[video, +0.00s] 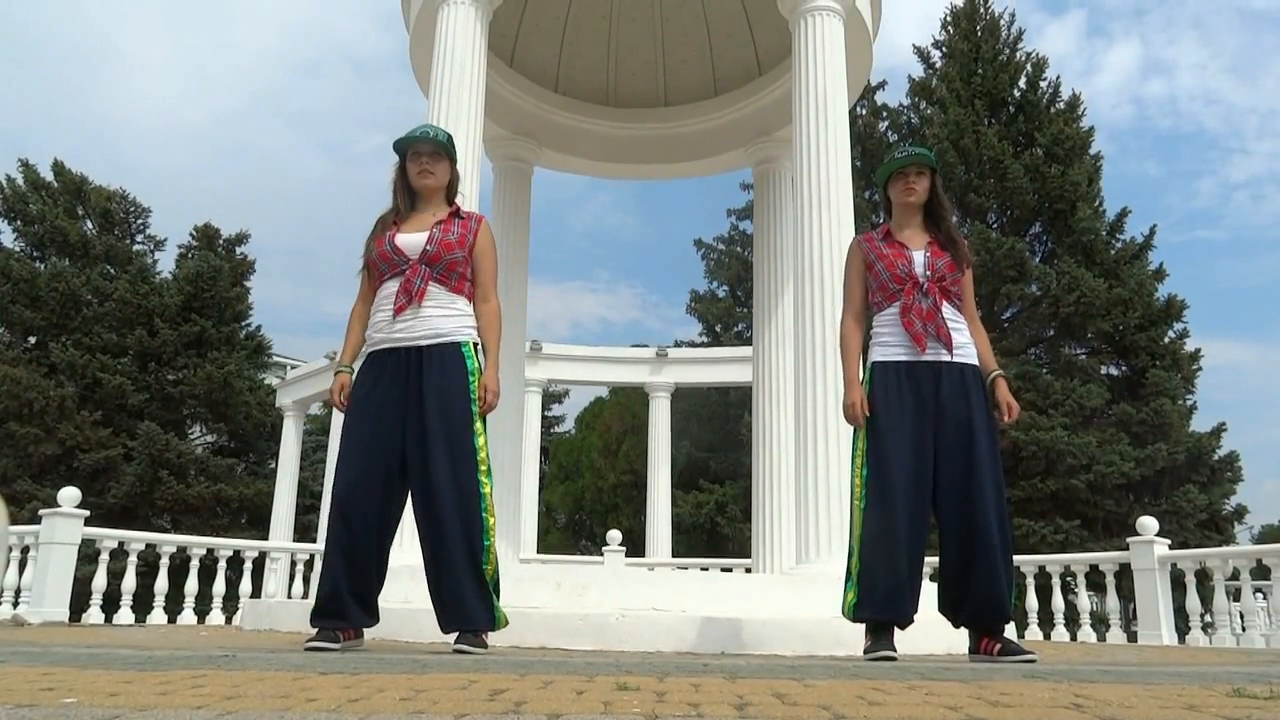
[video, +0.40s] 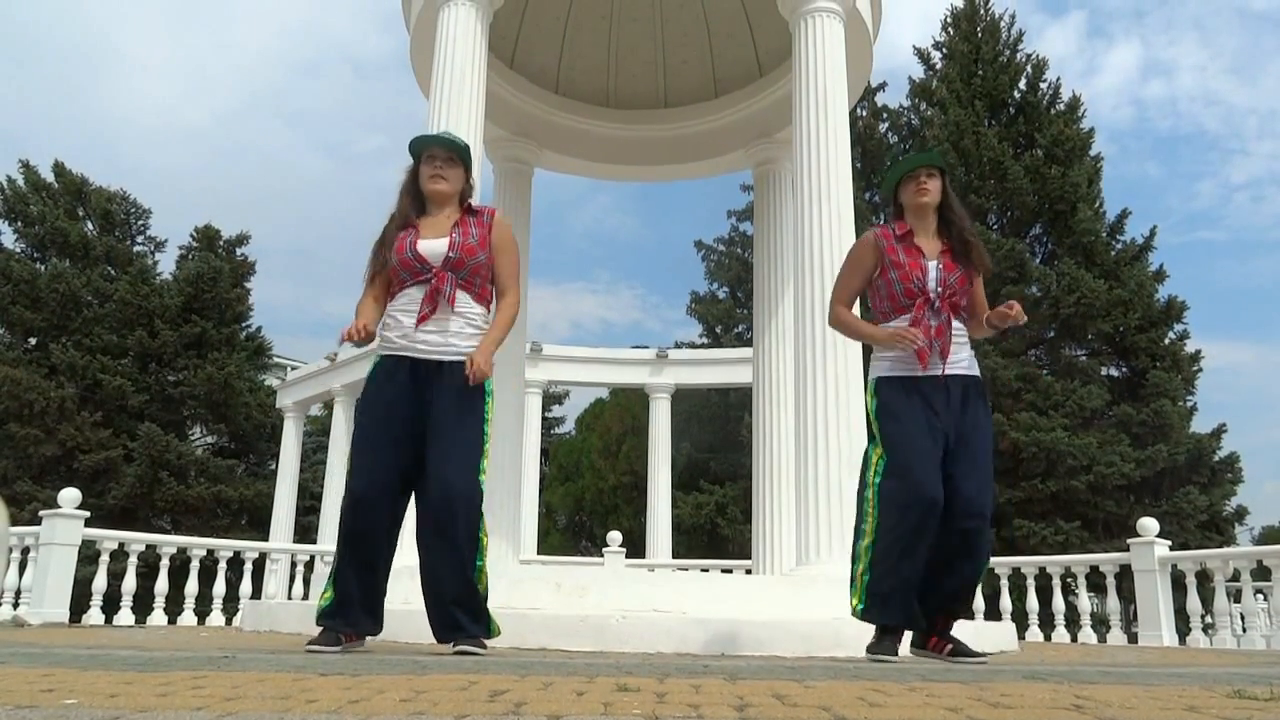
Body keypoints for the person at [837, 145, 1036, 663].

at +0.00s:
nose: (912, 180)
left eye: (920, 174)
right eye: (903, 174)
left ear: (933, 186)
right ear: (887, 186)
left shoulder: (954, 247)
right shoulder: (867, 246)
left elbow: (971, 318)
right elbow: (854, 317)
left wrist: (996, 377)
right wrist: (853, 382)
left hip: (960, 381)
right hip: (895, 381)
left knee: (976, 499)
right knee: (894, 501)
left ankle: (985, 633)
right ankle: (880, 628)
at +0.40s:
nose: (922, 183)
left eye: (930, 176)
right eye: (912, 178)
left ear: (944, 188)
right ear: (898, 192)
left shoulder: (963, 247)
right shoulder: (878, 242)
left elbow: (975, 326)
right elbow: (838, 311)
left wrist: (996, 319)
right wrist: (879, 334)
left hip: (963, 386)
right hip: (902, 386)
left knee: (972, 506)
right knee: (917, 496)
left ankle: (936, 632)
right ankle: (890, 626)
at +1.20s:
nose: (945, 172)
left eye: (954, 166)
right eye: (934, 164)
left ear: (962, 180)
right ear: (914, 176)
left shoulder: (956, 248)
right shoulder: (898, 219)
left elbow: (987, 315)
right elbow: (882, 281)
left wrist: (1019, 281)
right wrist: (937, 217)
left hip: (920, 381)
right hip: (886, 371)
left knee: (897, 498)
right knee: (936, 479)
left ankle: (884, 632)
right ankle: (921, 630)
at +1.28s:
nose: (938, 192)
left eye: (948, 187)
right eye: (930, 185)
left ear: (958, 203)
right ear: (913, 194)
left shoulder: (951, 264)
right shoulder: (892, 241)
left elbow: (967, 335)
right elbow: (867, 300)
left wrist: (1009, 305)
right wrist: (911, 234)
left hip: (917, 400)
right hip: (882, 391)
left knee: (897, 505)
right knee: (940, 483)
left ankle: (884, 633)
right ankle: (920, 632)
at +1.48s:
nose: (927, 203)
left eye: (937, 199)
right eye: (918, 197)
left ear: (945, 216)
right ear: (901, 206)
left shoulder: (937, 266)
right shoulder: (887, 236)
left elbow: (964, 337)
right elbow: (874, 287)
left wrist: (983, 297)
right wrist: (954, 266)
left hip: (909, 375)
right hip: (884, 368)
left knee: (895, 499)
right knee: (928, 483)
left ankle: (884, 631)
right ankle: (922, 632)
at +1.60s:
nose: (921, 218)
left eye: (931, 214)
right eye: (912, 212)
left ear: (942, 228)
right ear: (896, 221)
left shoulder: (929, 285)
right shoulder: (882, 249)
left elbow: (961, 349)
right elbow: (862, 292)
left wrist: (981, 314)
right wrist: (938, 268)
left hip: (913, 388)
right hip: (880, 379)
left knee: (932, 497)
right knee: (923, 492)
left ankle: (886, 633)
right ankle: (916, 633)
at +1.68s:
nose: (921, 226)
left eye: (930, 221)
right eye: (912, 220)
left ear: (940, 233)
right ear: (894, 228)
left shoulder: (927, 291)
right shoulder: (879, 255)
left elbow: (952, 359)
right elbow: (844, 300)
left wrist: (980, 329)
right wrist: (912, 269)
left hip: (911, 395)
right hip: (879, 387)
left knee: (936, 502)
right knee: (922, 495)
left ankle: (886, 635)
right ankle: (914, 635)